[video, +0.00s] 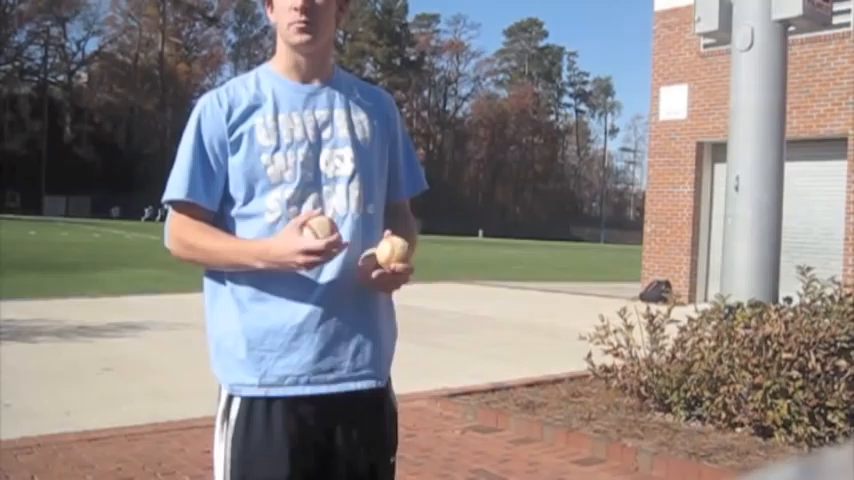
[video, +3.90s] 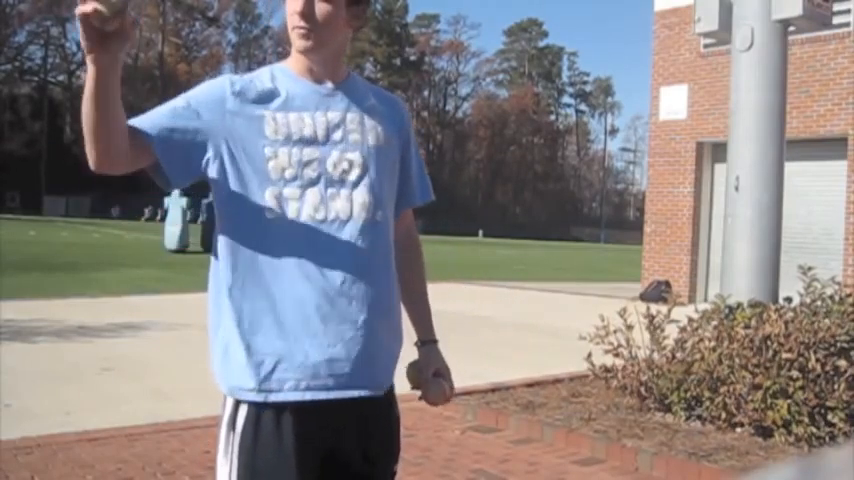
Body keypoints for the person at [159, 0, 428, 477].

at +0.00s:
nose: (305, 7)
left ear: (341, 10)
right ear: (271, 9)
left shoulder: (377, 108)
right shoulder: (222, 109)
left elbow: (400, 214)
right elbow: (181, 234)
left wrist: (396, 257)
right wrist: (271, 251)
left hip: (361, 380)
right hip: (262, 385)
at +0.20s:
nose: (300, 8)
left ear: (339, 10)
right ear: (269, 10)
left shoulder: (377, 108)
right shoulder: (220, 112)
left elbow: (406, 212)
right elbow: (174, 235)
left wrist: (456, 284)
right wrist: (250, 225)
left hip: (360, 381)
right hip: (260, 385)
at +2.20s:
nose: (305, 7)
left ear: (339, 10)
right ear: (266, 9)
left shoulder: (373, 109)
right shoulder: (216, 111)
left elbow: (408, 219)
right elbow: (169, 239)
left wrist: (472, 310)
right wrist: (260, 203)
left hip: (360, 383)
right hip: (261, 388)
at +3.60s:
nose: (319, 8)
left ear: (351, 14)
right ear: (280, 9)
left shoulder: (371, 107)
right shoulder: (232, 107)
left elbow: (389, 221)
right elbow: (155, 223)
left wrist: (423, 326)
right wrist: (228, 254)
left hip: (369, 381)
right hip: (277, 391)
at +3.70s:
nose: (306, 9)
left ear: (351, 14)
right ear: (281, 8)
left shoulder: (378, 111)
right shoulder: (230, 106)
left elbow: (395, 226)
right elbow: (133, 211)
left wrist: (422, 333)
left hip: (369, 383)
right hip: (273, 390)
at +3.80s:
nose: (304, 9)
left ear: (354, 16)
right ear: (283, 9)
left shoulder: (382, 112)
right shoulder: (229, 104)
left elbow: (399, 231)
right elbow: (122, 193)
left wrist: (423, 338)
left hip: (367, 387)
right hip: (269, 393)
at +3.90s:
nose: (302, 7)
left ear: (357, 15)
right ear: (285, 7)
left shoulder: (387, 113)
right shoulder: (229, 100)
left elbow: (404, 235)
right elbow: (109, 156)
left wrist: (427, 342)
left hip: (366, 393)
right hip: (266, 398)